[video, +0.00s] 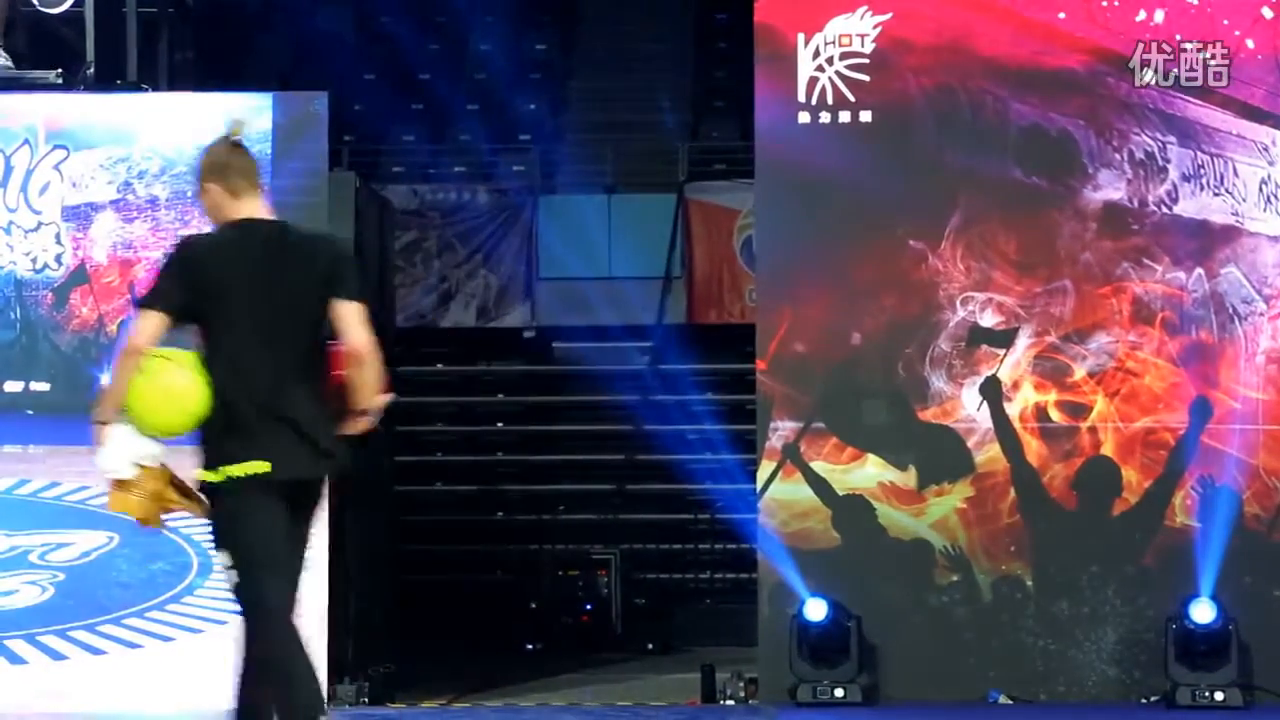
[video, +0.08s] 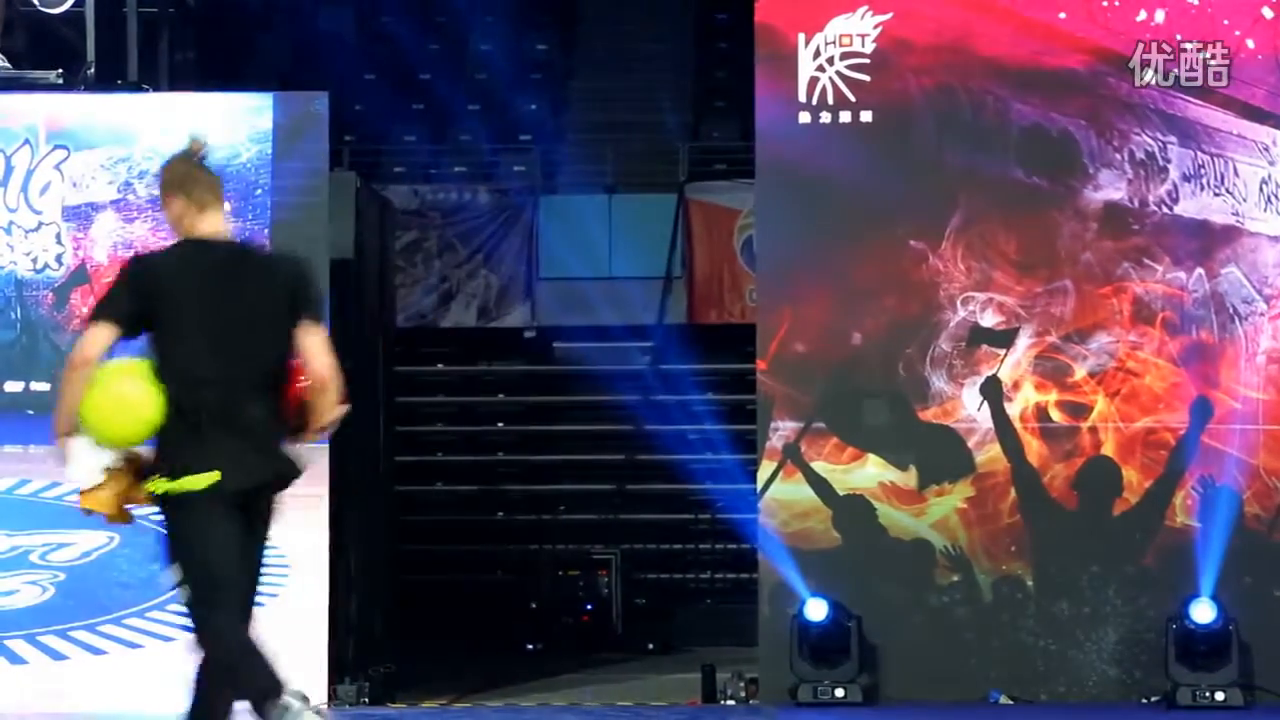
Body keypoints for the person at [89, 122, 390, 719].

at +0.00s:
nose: (204, 206)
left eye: (203, 195)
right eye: (203, 195)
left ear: (212, 191)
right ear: (261, 186)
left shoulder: (199, 254)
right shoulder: (322, 251)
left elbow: (139, 343)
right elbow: (357, 342)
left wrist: (109, 407)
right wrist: (366, 406)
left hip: (237, 451)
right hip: (308, 450)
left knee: (265, 601)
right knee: (270, 600)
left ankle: (307, 710)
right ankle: (254, 711)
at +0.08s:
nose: (165, 216)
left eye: (165, 206)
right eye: (168, 206)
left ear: (174, 206)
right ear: (223, 203)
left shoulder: (151, 272)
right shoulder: (281, 272)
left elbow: (85, 355)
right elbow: (326, 380)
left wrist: (64, 424)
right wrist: (309, 428)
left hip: (190, 464)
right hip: (261, 462)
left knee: (215, 613)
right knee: (229, 616)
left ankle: (278, 705)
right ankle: (207, 716)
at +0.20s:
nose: (106, 259)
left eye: (106, 250)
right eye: (107, 250)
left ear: (114, 249)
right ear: (162, 245)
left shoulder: (102, 308)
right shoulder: (216, 314)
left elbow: (32, 387)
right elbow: (259, 418)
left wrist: (19, 445)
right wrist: (210, 422)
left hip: (122, 510)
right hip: (196, 507)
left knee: (120, 649)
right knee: (178, 637)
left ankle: (180, 705)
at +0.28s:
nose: (57, 250)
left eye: (58, 240)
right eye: (58, 240)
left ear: (70, 236)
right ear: (108, 233)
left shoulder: (62, 300)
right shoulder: (168, 298)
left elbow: (4, 374)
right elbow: (205, 401)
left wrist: (16, 466)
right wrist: (150, 391)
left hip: (87, 501)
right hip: (159, 502)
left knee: (62, 631)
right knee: (157, 644)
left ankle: (105, 715)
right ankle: (171, 716)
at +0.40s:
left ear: (2, 222)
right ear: (30, 213)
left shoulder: (9, 284)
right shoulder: (95, 276)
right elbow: (138, 374)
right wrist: (69, 377)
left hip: (24, 478)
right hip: (97, 471)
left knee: (17, 616)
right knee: (110, 602)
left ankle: (13, 709)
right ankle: (153, 708)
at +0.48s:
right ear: (11, 238)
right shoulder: (53, 293)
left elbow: (99, 384)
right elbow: (101, 385)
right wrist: (58, 419)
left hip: (7, 488)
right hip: (59, 481)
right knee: (60, 604)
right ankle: (128, 697)